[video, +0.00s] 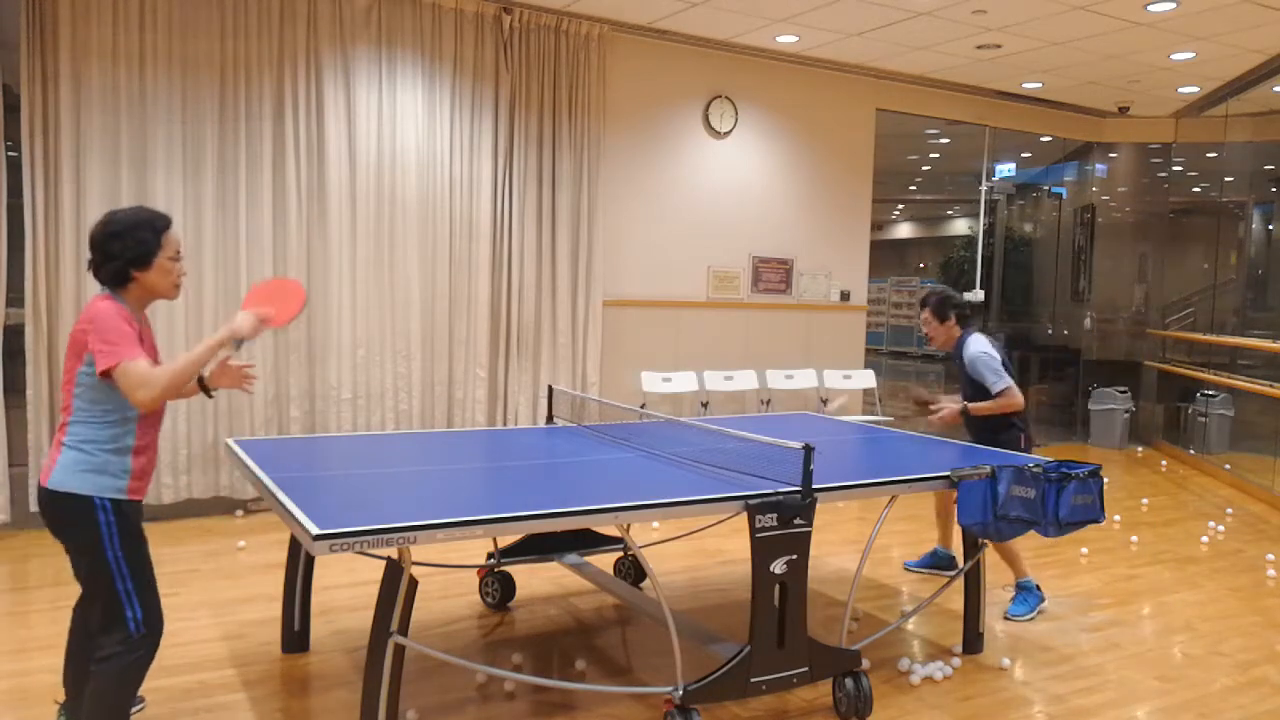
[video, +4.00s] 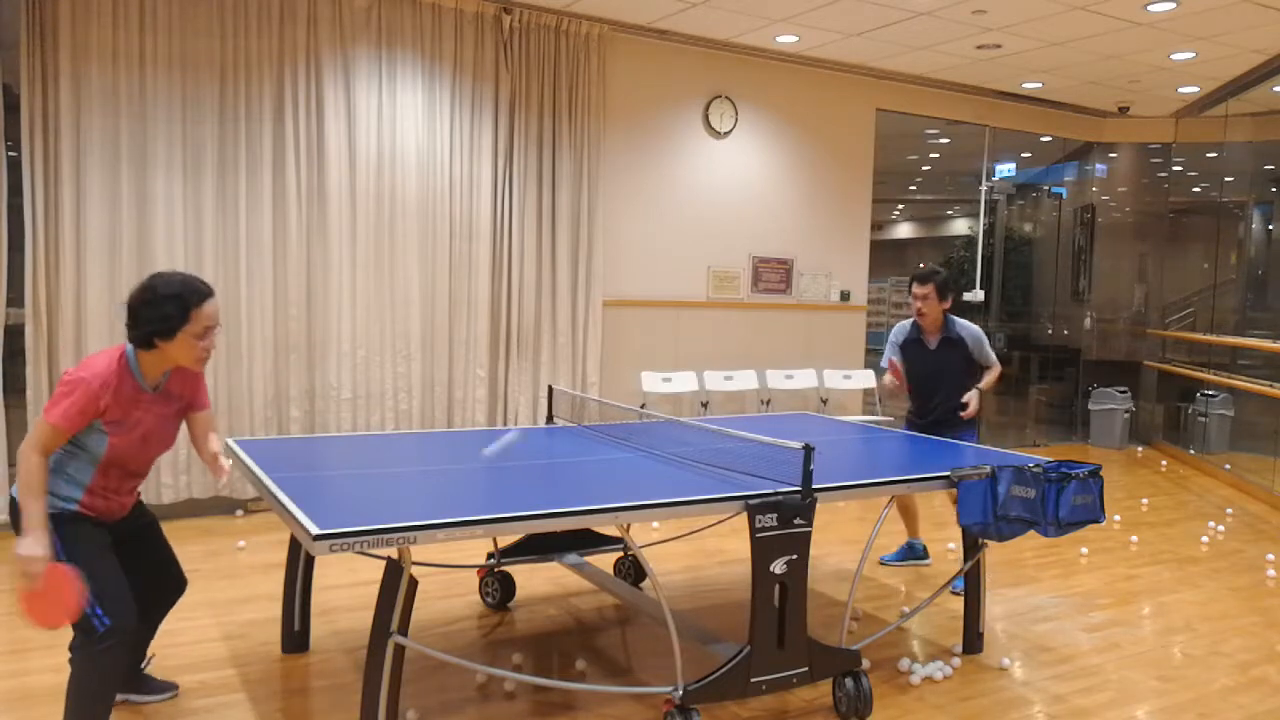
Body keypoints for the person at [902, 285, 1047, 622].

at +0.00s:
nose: (924, 332)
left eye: (928, 324)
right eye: (923, 325)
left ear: (949, 320)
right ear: (949, 322)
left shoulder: (976, 352)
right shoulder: (966, 348)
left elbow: (1015, 401)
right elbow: (981, 395)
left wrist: (962, 410)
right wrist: (945, 402)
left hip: (1006, 451)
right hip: (985, 446)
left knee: (982, 518)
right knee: (942, 480)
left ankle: (1027, 587)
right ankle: (945, 552)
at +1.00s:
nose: (913, 312)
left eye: (918, 305)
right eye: (912, 306)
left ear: (940, 305)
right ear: (933, 307)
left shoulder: (971, 334)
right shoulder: (930, 340)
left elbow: (1007, 382)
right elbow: (903, 375)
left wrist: (961, 393)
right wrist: (872, 356)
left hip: (988, 434)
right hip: (955, 432)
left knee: (985, 506)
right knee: (921, 482)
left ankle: (1013, 578)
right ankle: (936, 552)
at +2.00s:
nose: (926, 309)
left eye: (933, 302)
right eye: (923, 303)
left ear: (956, 305)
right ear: (923, 306)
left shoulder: (986, 338)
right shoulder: (924, 339)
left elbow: (1014, 384)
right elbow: (902, 383)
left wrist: (981, 390)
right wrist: (881, 363)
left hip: (985, 434)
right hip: (945, 430)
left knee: (985, 499)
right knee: (911, 475)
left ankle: (1005, 576)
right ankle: (922, 547)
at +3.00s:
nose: (865, 311)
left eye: (872, 305)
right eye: (862, 305)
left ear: (891, 311)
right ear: (859, 307)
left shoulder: (912, 341)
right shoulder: (856, 340)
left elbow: (942, 382)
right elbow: (834, 375)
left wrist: (916, 405)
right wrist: (815, 375)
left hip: (909, 429)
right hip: (872, 427)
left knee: (911, 485)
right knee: (844, 470)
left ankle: (932, 548)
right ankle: (852, 527)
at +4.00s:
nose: (918, 305)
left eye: (925, 298)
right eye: (914, 298)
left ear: (946, 302)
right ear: (909, 300)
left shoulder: (968, 333)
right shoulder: (901, 332)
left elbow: (994, 367)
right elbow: (889, 380)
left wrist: (978, 391)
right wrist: (893, 382)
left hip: (958, 424)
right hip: (918, 422)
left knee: (956, 488)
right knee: (899, 480)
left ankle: (972, 563)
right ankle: (915, 544)